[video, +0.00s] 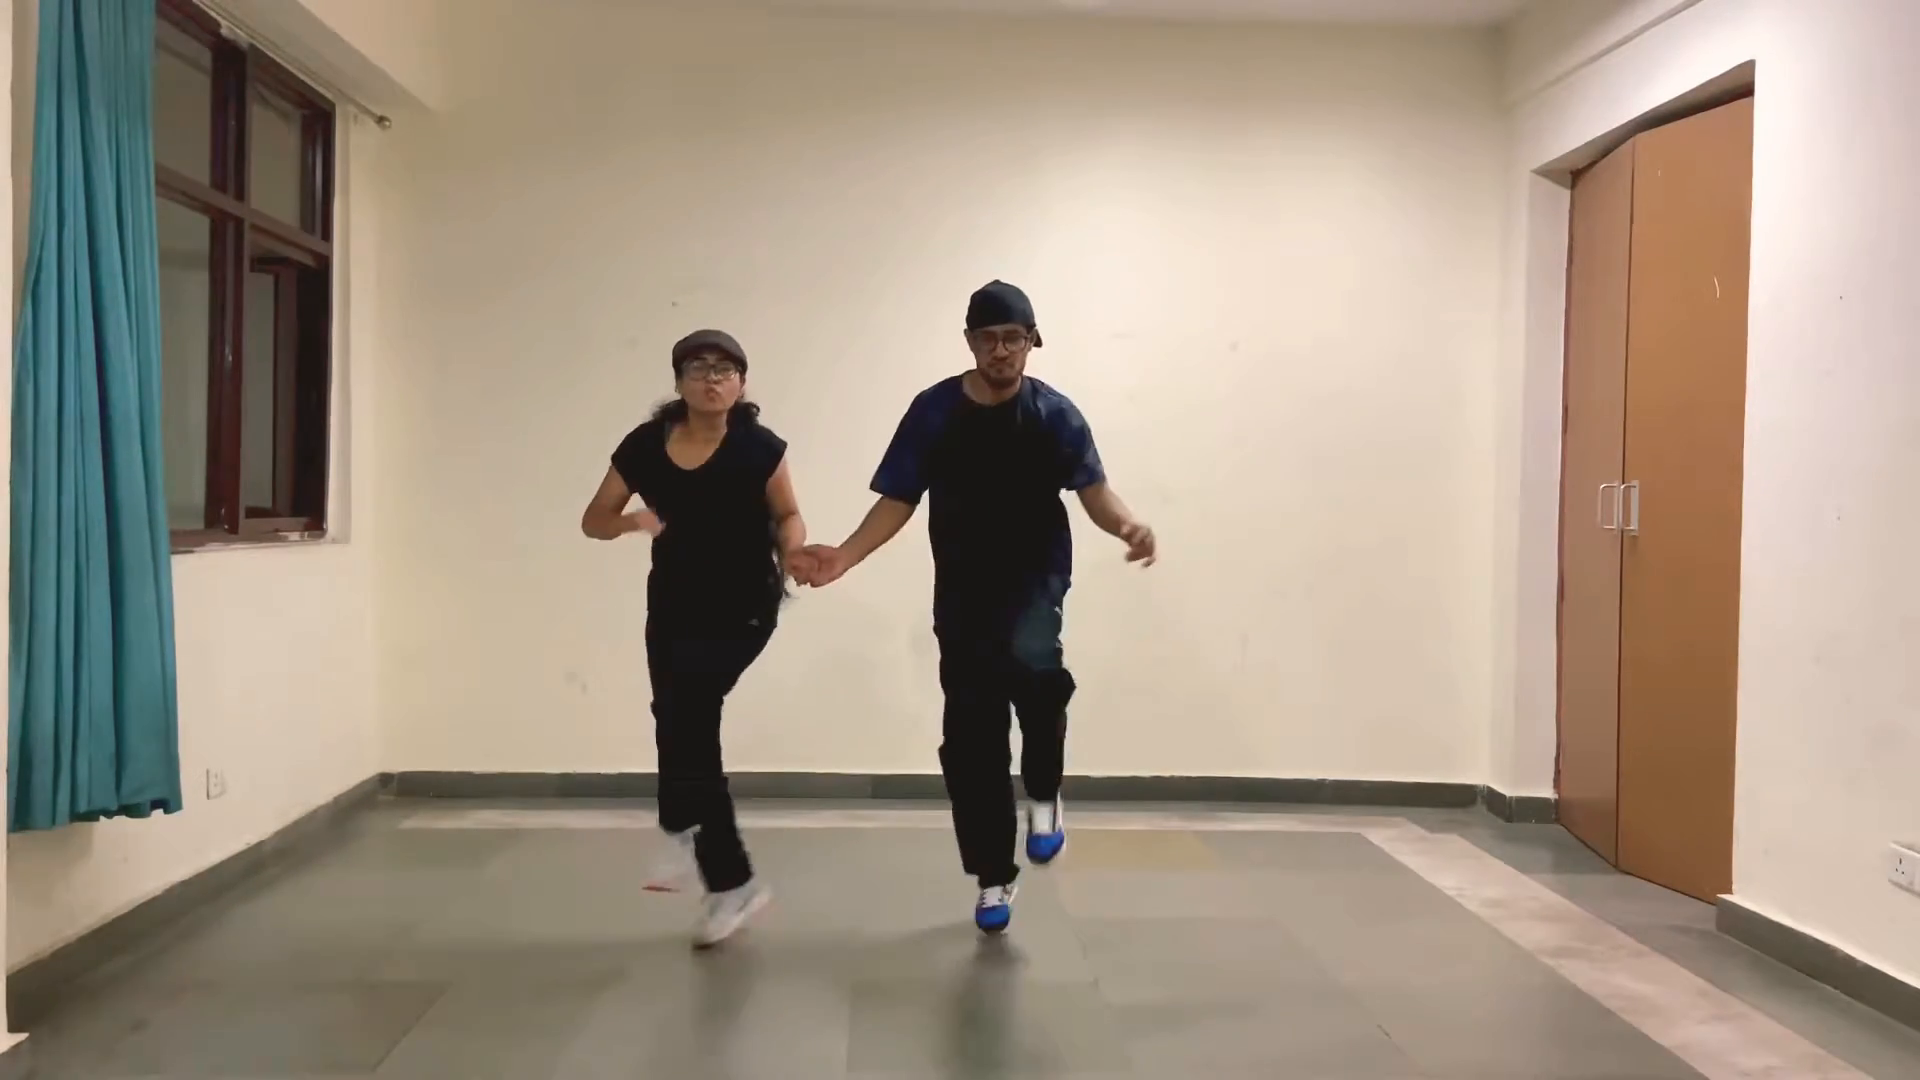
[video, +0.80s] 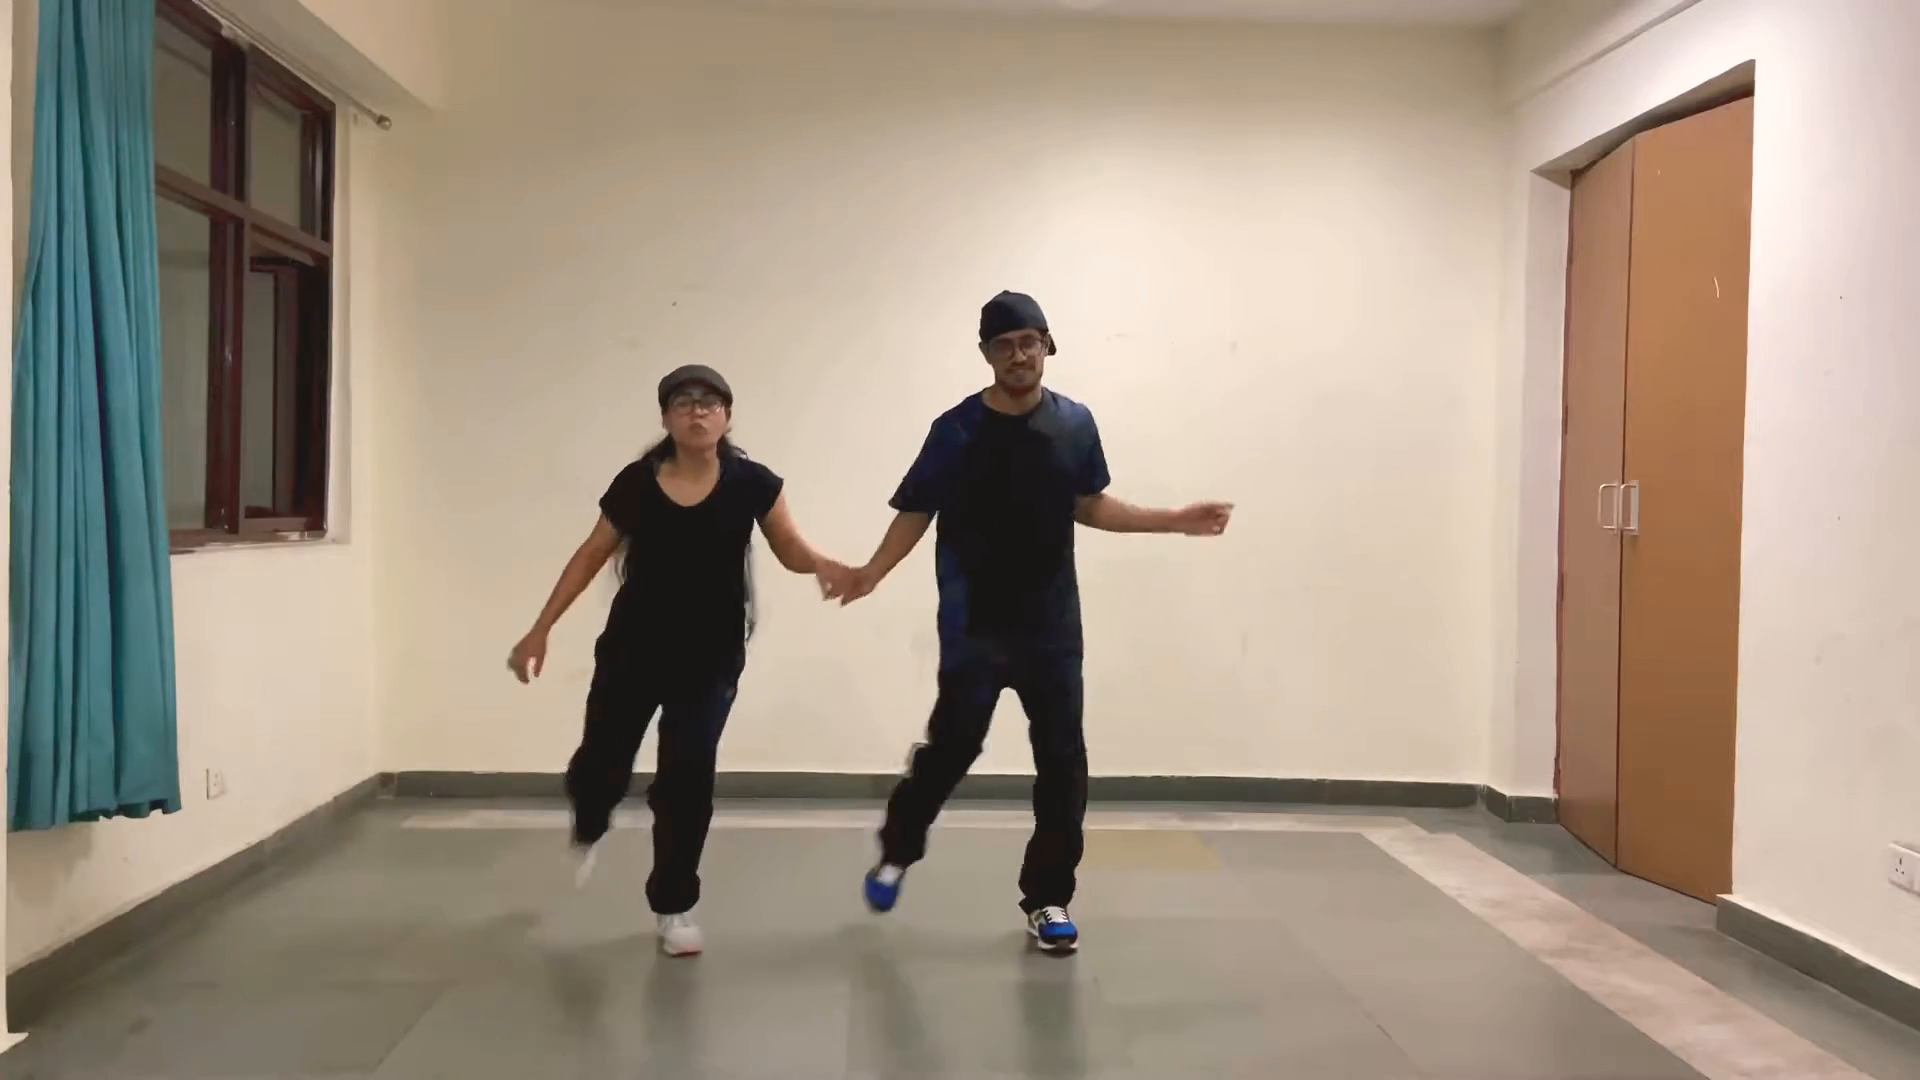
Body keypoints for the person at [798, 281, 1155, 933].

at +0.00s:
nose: (1001, 351)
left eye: (1013, 340)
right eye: (989, 340)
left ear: (1031, 342)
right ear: (970, 341)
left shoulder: (1053, 415)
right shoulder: (934, 411)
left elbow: (1092, 488)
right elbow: (898, 499)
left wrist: (1127, 525)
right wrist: (844, 555)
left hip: (1035, 580)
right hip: (963, 585)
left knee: (1035, 670)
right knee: (970, 732)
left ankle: (1042, 793)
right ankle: (991, 874)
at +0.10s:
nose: (1010, 362)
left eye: (1023, 350)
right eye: (998, 349)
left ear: (1038, 355)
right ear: (977, 350)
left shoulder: (1054, 428)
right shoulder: (935, 425)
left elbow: (1108, 494)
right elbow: (888, 512)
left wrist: (1162, 536)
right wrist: (835, 592)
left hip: (1046, 615)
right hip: (972, 618)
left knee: (1055, 748)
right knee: (992, 751)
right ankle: (1008, 883)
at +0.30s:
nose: (1017, 371)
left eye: (1029, 359)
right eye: (1004, 359)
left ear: (1046, 363)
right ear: (983, 360)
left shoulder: (1064, 445)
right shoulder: (943, 434)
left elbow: (1091, 541)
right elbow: (914, 525)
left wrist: (1125, 622)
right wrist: (873, 604)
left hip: (1051, 621)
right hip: (975, 621)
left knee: (1057, 755)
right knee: (984, 746)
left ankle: (1066, 897)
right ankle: (989, 848)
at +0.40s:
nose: (1013, 367)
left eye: (1025, 355)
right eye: (1000, 356)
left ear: (1043, 359)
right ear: (982, 359)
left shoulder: (1062, 447)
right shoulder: (944, 434)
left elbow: (1074, 549)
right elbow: (920, 521)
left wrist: (1093, 640)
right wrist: (879, 588)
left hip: (1044, 629)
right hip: (966, 628)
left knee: (1062, 762)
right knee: (958, 740)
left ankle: (1065, 903)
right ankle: (933, 839)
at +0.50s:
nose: (1005, 361)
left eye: (1016, 349)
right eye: (992, 350)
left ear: (1035, 352)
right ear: (974, 353)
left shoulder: (1059, 435)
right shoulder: (942, 426)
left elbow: (1070, 525)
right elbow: (911, 511)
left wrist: (1101, 610)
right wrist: (859, 572)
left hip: (1023, 630)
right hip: (945, 626)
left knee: (1041, 767)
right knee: (918, 755)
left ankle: (1055, 900)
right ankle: (856, 886)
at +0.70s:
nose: (1004, 366)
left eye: (1015, 353)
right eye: (990, 356)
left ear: (1034, 355)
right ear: (973, 361)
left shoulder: (1062, 431)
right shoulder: (942, 437)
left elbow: (1088, 506)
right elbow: (888, 520)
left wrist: (1152, 551)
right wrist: (826, 590)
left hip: (1027, 636)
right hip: (949, 635)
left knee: (1034, 773)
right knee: (893, 761)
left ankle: (1043, 900)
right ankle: (843, 891)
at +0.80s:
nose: (1019, 357)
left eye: (1030, 345)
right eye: (1005, 347)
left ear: (1047, 348)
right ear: (986, 354)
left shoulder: (1074, 424)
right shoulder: (957, 430)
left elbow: (1092, 506)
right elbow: (916, 510)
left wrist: (1176, 520)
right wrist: (871, 572)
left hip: (1051, 631)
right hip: (974, 631)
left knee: (1064, 764)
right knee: (954, 747)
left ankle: (1048, 898)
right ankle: (897, 850)